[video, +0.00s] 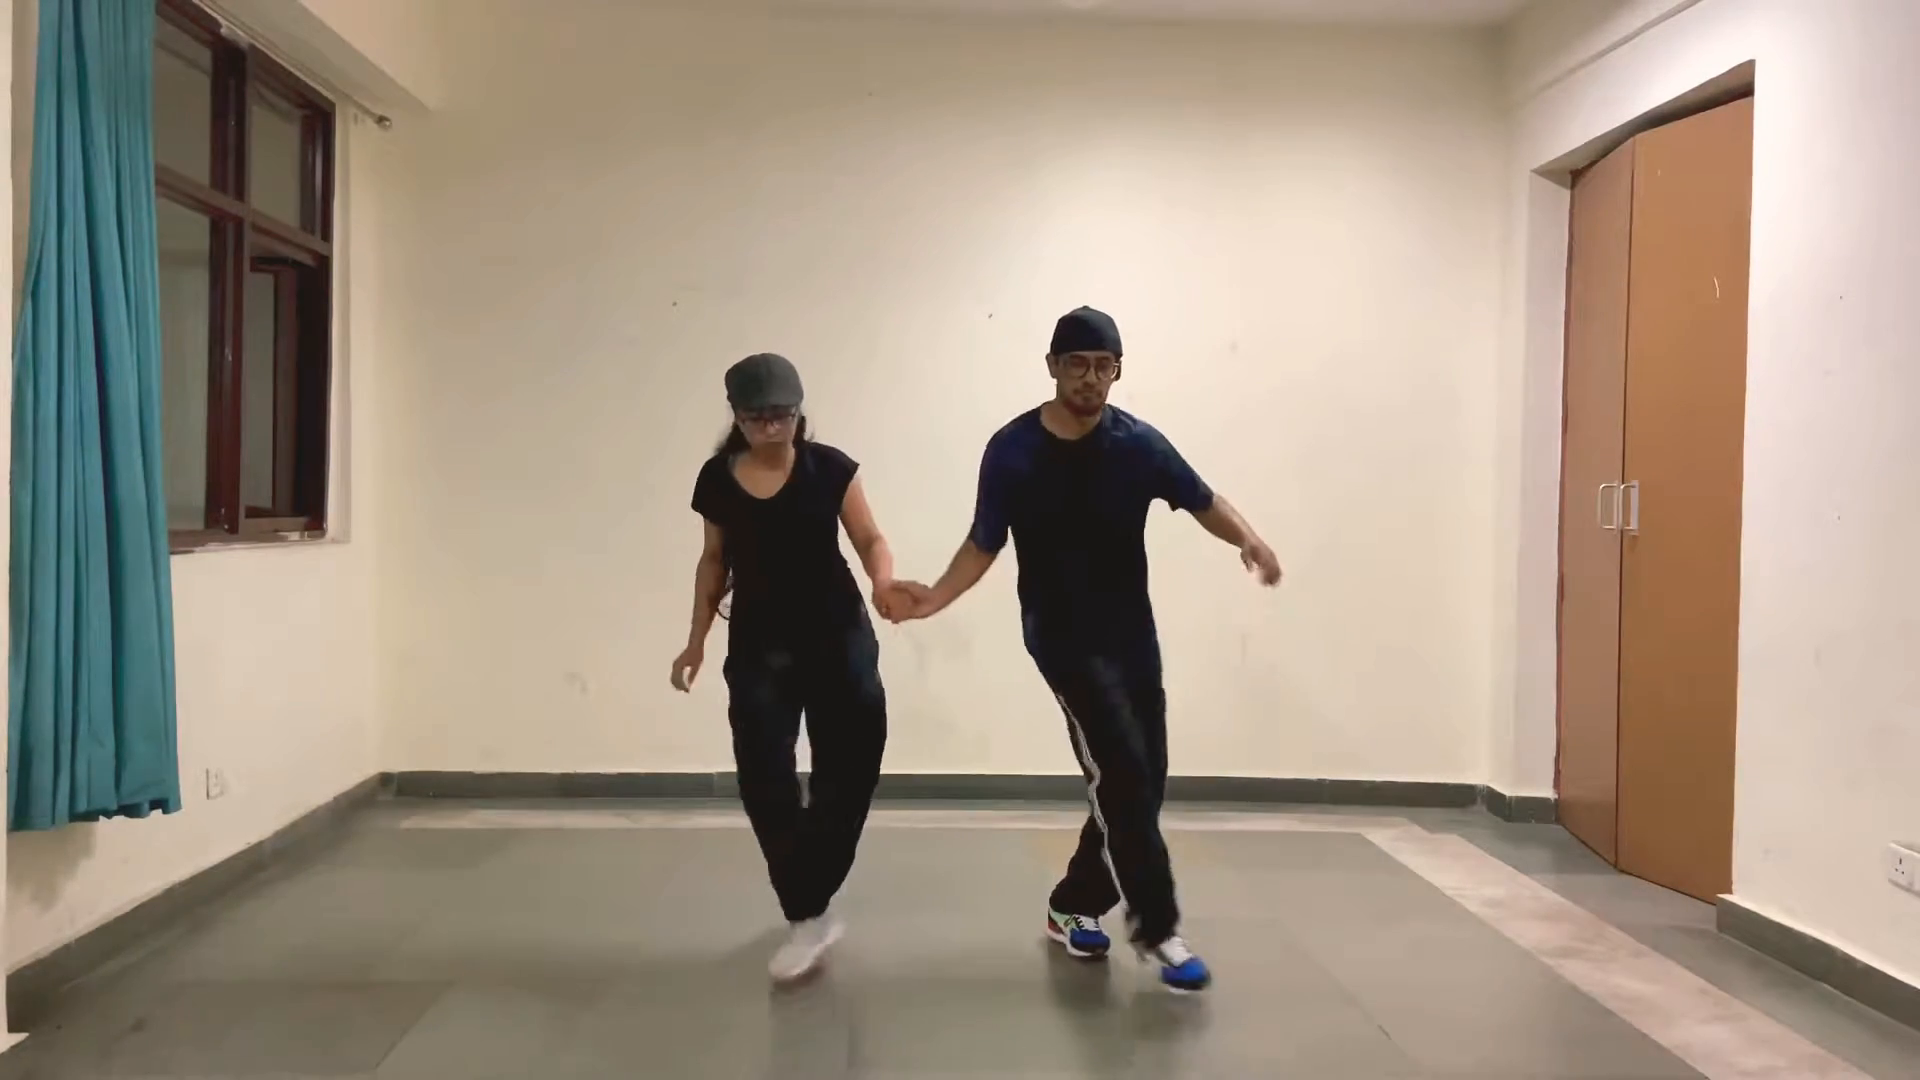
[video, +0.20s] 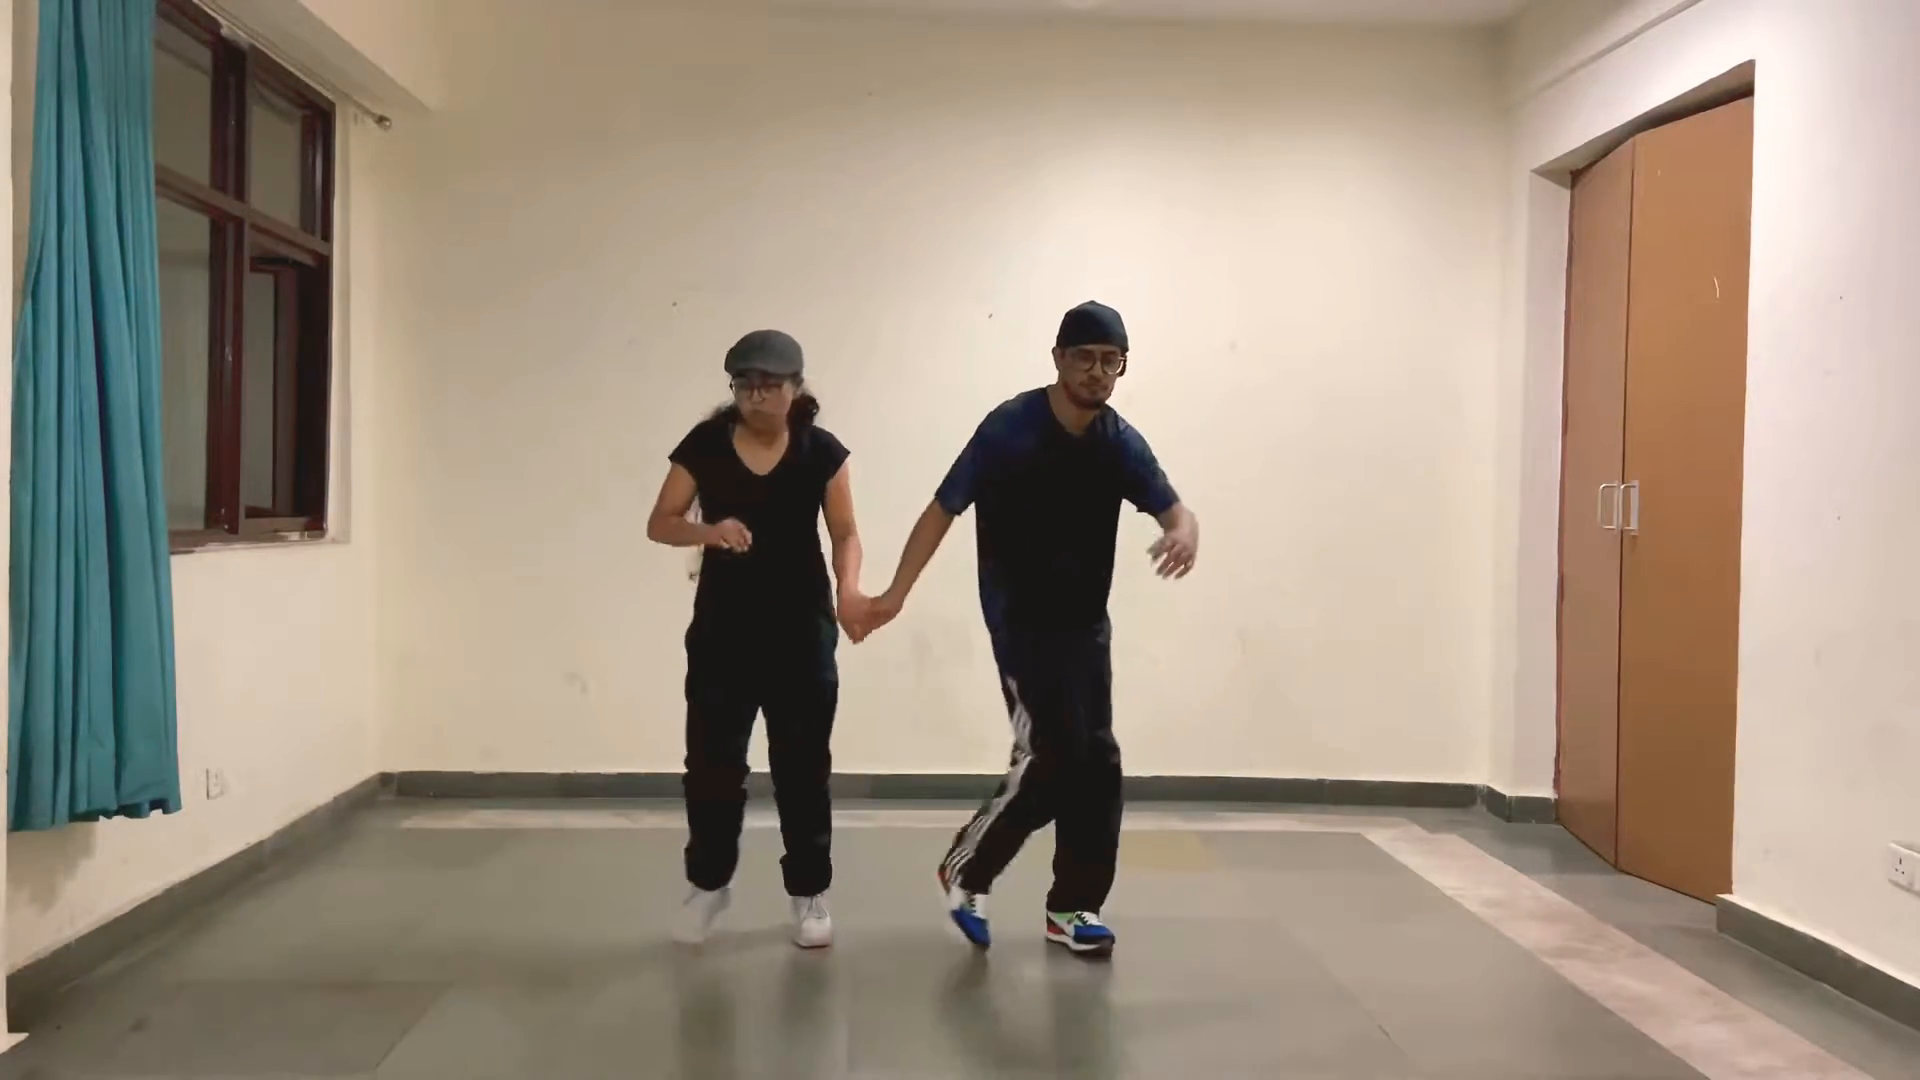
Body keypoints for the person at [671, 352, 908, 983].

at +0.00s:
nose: (772, 424)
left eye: (782, 412)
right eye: (759, 414)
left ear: (799, 410)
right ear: (737, 416)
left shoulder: (830, 469)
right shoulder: (718, 481)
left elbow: (869, 539)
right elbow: (713, 562)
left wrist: (882, 582)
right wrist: (696, 641)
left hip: (836, 643)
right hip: (759, 649)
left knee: (850, 771)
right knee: (764, 782)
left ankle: (811, 906)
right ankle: (807, 917)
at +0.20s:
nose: (761, 392)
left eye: (773, 382)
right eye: (750, 382)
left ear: (795, 387)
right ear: (734, 386)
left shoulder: (821, 454)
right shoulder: (706, 444)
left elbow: (844, 533)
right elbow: (661, 523)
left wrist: (848, 594)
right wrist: (706, 532)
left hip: (799, 630)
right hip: (723, 631)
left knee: (802, 766)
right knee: (711, 763)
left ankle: (810, 895)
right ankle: (708, 885)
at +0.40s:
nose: (755, 401)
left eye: (768, 392)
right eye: (743, 391)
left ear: (784, 405)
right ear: (723, 400)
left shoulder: (790, 476)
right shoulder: (686, 449)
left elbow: (829, 548)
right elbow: (637, 530)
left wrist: (860, 612)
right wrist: (639, 604)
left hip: (745, 642)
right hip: (671, 637)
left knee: (750, 772)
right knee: (670, 779)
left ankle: (786, 876)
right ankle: (678, 907)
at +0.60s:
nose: (751, 404)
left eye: (763, 396)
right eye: (737, 395)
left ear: (777, 410)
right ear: (716, 406)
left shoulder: (777, 484)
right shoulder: (671, 456)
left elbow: (800, 543)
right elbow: (601, 516)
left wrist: (830, 595)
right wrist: (568, 602)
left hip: (712, 646)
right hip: (636, 636)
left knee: (692, 768)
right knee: (634, 774)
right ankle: (670, 899)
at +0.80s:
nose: (727, 414)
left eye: (740, 406)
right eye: (714, 405)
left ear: (756, 424)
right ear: (693, 420)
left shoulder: (762, 497)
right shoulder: (657, 473)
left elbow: (775, 568)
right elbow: (596, 526)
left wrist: (803, 619)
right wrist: (536, 585)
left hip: (701, 666)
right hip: (631, 651)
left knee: (624, 791)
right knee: (612, 787)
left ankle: (558, 929)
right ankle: (682, 901)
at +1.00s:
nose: (707, 392)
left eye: (719, 384)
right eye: (694, 384)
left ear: (736, 398)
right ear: (674, 397)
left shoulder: (753, 465)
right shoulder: (644, 459)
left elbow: (792, 527)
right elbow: (605, 526)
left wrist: (804, 559)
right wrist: (602, 581)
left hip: (732, 611)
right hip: (662, 613)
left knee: (671, 693)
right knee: (651, 741)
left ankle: (679, 826)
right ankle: (688, 905)